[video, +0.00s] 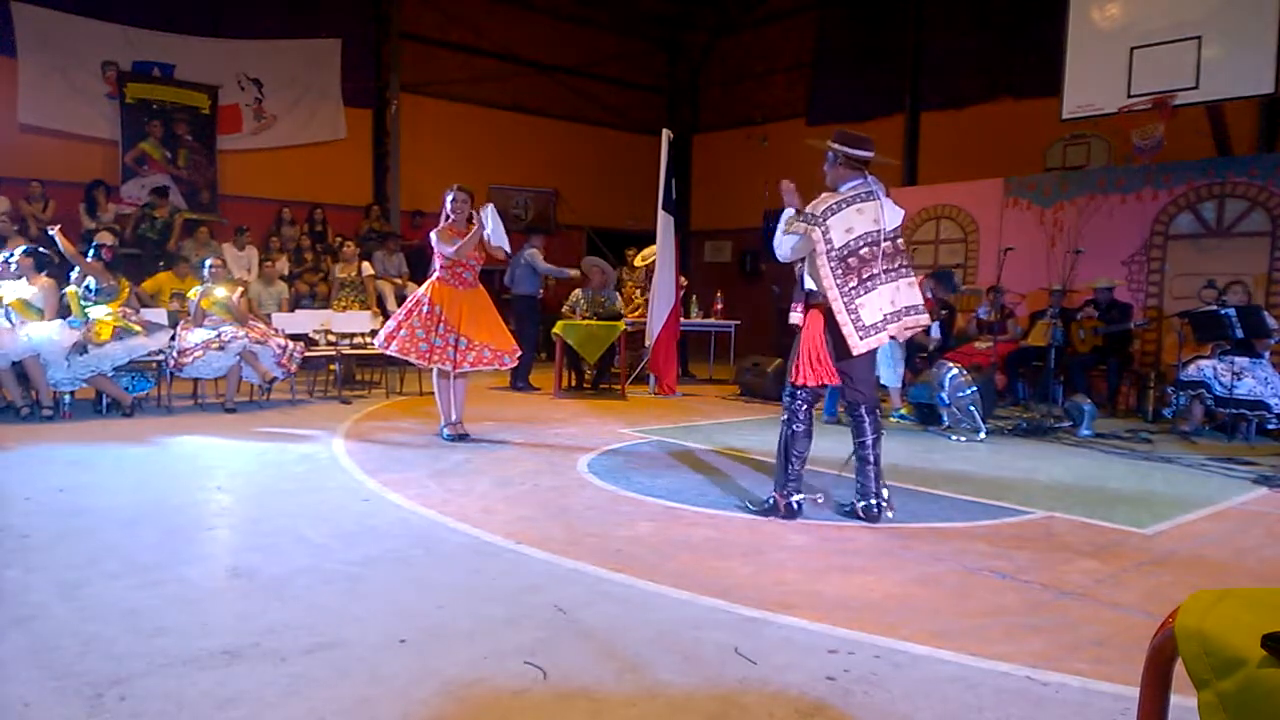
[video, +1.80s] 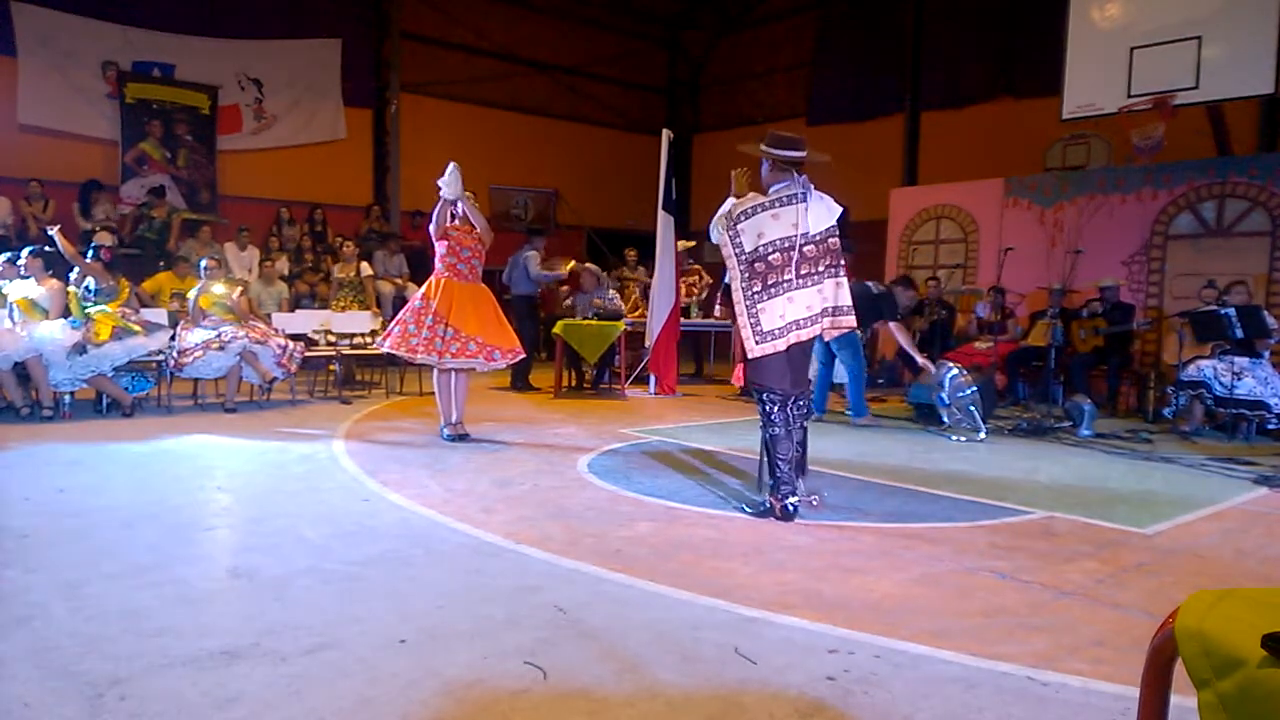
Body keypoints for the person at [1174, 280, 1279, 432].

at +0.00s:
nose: (1238, 296)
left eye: (1243, 293)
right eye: (1233, 293)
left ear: (1248, 297)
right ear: (1224, 296)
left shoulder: (1257, 315)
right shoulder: (1216, 315)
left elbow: (1265, 346)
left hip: (1253, 364)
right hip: (1222, 363)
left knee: (1248, 381)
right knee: (1199, 368)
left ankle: (1242, 426)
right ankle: (1195, 419)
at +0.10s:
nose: (1238, 296)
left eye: (1242, 293)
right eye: (1233, 292)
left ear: (1248, 297)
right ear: (1224, 296)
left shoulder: (1257, 315)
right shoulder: (1216, 315)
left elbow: (1265, 346)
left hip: (1253, 364)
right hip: (1221, 363)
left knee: (1249, 382)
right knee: (1198, 368)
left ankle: (1243, 426)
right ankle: (1195, 419)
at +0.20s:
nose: (1233, 297)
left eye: (1238, 293)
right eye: (1230, 293)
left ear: (1247, 297)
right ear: (1224, 296)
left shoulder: (1257, 315)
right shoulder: (1217, 314)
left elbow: (1264, 346)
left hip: (1253, 364)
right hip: (1222, 363)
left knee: (1248, 382)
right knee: (1198, 368)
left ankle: (1242, 426)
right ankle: (1195, 419)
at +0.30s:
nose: (1232, 297)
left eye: (1237, 293)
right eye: (1229, 293)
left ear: (1247, 297)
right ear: (1224, 296)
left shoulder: (1258, 314)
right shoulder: (1219, 315)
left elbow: (1264, 346)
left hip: (1253, 364)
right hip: (1222, 363)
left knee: (1248, 381)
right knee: (1198, 368)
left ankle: (1242, 426)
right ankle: (1195, 419)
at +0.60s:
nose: (1227, 296)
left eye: (1233, 292)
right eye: (1226, 293)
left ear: (1246, 297)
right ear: (1223, 296)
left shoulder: (1257, 315)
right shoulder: (1220, 316)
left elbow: (1264, 346)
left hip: (1253, 364)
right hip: (1224, 363)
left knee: (1247, 381)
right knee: (1199, 368)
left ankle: (1242, 426)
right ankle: (1196, 419)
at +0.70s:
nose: (1227, 296)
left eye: (1233, 292)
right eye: (1226, 293)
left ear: (1246, 297)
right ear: (1223, 296)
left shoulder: (1257, 314)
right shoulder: (1219, 315)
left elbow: (1264, 345)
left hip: (1253, 364)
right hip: (1223, 363)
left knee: (1247, 381)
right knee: (1198, 368)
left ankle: (1243, 426)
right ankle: (1195, 419)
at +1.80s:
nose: (1239, 297)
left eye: (1243, 293)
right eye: (1234, 293)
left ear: (1249, 297)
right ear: (1226, 297)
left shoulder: (1258, 314)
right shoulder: (1218, 314)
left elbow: (1265, 345)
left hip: (1253, 363)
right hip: (1223, 362)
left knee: (1247, 381)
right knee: (1198, 368)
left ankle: (1243, 426)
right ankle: (1196, 419)